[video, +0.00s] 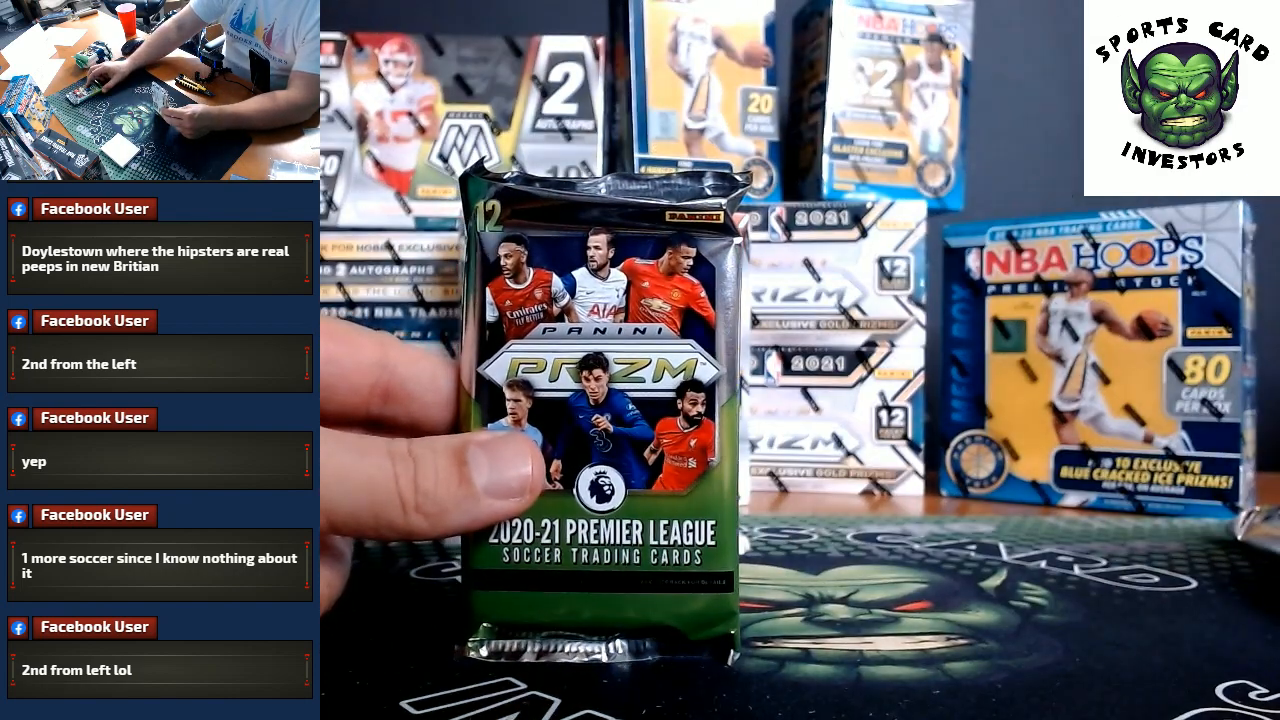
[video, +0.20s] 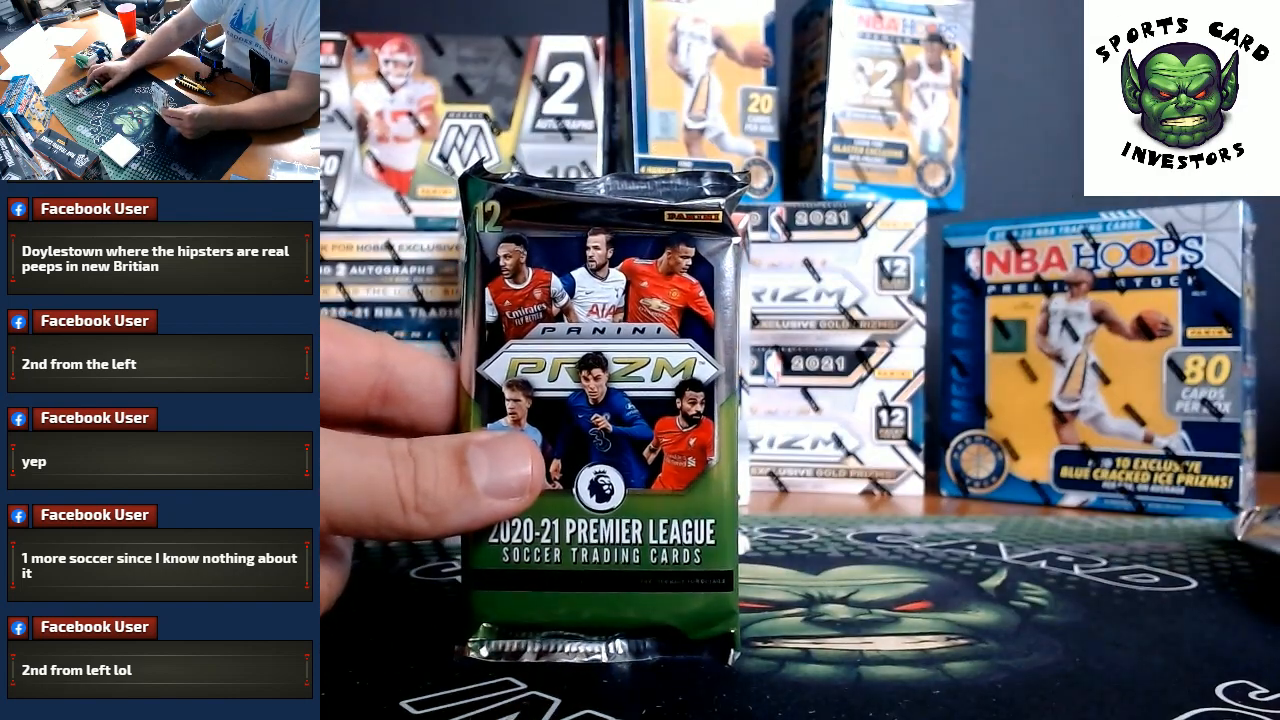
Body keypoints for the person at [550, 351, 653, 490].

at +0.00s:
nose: (592, 386)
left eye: (598, 379)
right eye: (587, 380)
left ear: (607, 377)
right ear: (581, 379)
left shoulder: (619, 400)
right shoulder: (575, 403)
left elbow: (647, 433)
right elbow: (568, 430)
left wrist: (613, 430)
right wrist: (558, 458)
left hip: (630, 473)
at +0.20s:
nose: (591, 386)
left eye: (597, 379)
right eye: (586, 379)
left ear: (606, 376)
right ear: (580, 378)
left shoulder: (618, 400)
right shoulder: (575, 402)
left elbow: (646, 432)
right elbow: (567, 430)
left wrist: (613, 429)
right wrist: (558, 457)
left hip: (629, 473)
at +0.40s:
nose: (591, 385)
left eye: (596, 378)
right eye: (586, 379)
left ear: (606, 376)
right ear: (580, 378)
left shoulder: (617, 399)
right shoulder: (574, 402)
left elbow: (646, 432)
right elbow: (567, 428)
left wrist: (612, 429)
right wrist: (558, 457)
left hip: (630, 474)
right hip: (598, 472)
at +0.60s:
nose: (591, 385)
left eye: (597, 378)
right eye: (586, 379)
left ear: (606, 376)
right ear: (580, 378)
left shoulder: (618, 400)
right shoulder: (574, 402)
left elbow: (646, 432)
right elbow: (567, 428)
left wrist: (613, 429)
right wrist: (558, 457)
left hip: (630, 473)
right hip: (598, 470)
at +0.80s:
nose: (590, 386)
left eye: (595, 379)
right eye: (585, 379)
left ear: (605, 376)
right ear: (579, 379)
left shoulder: (617, 400)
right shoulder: (573, 402)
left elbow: (645, 432)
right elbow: (567, 428)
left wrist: (612, 429)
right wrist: (556, 457)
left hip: (629, 474)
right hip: (597, 473)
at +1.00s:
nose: (588, 385)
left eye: (593, 378)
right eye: (582, 379)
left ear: (603, 375)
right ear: (576, 378)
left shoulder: (615, 399)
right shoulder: (571, 402)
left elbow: (644, 432)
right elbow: (565, 427)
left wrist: (610, 429)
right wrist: (555, 457)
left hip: (628, 474)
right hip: (596, 472)